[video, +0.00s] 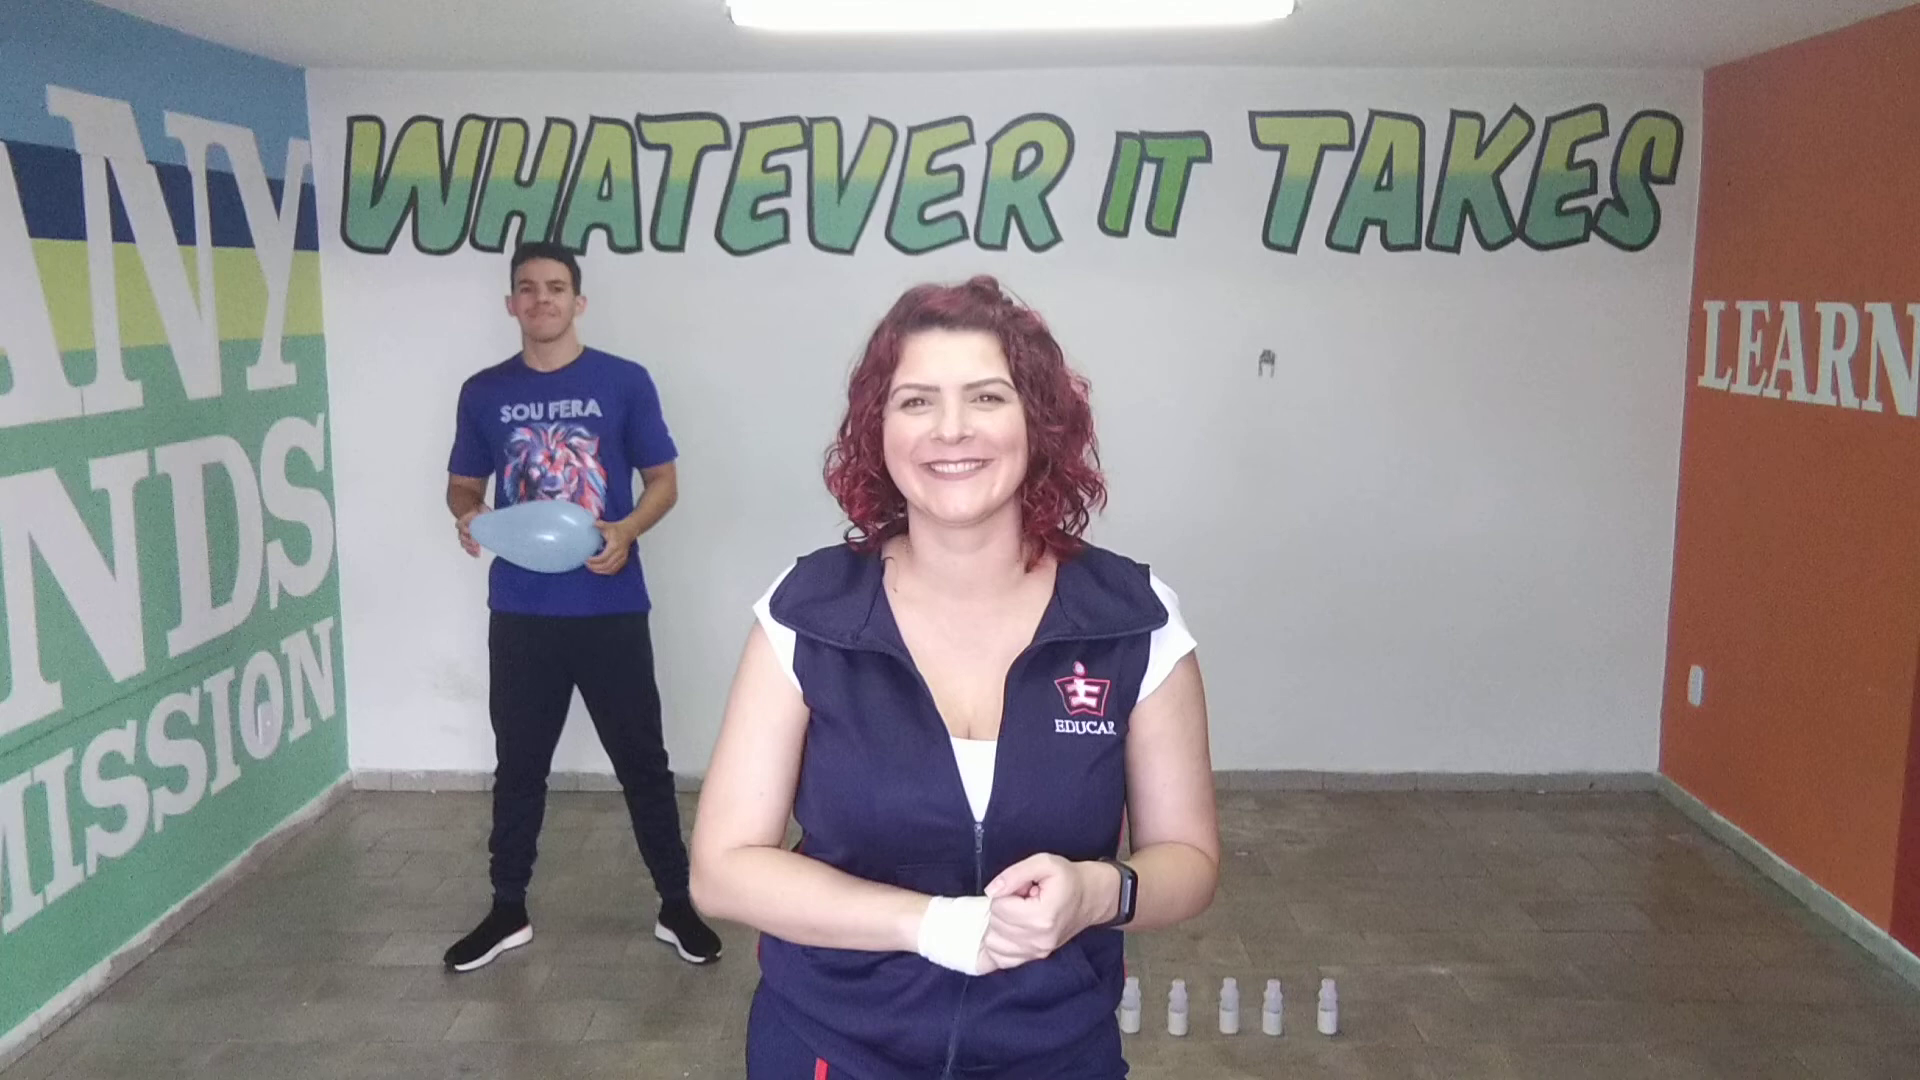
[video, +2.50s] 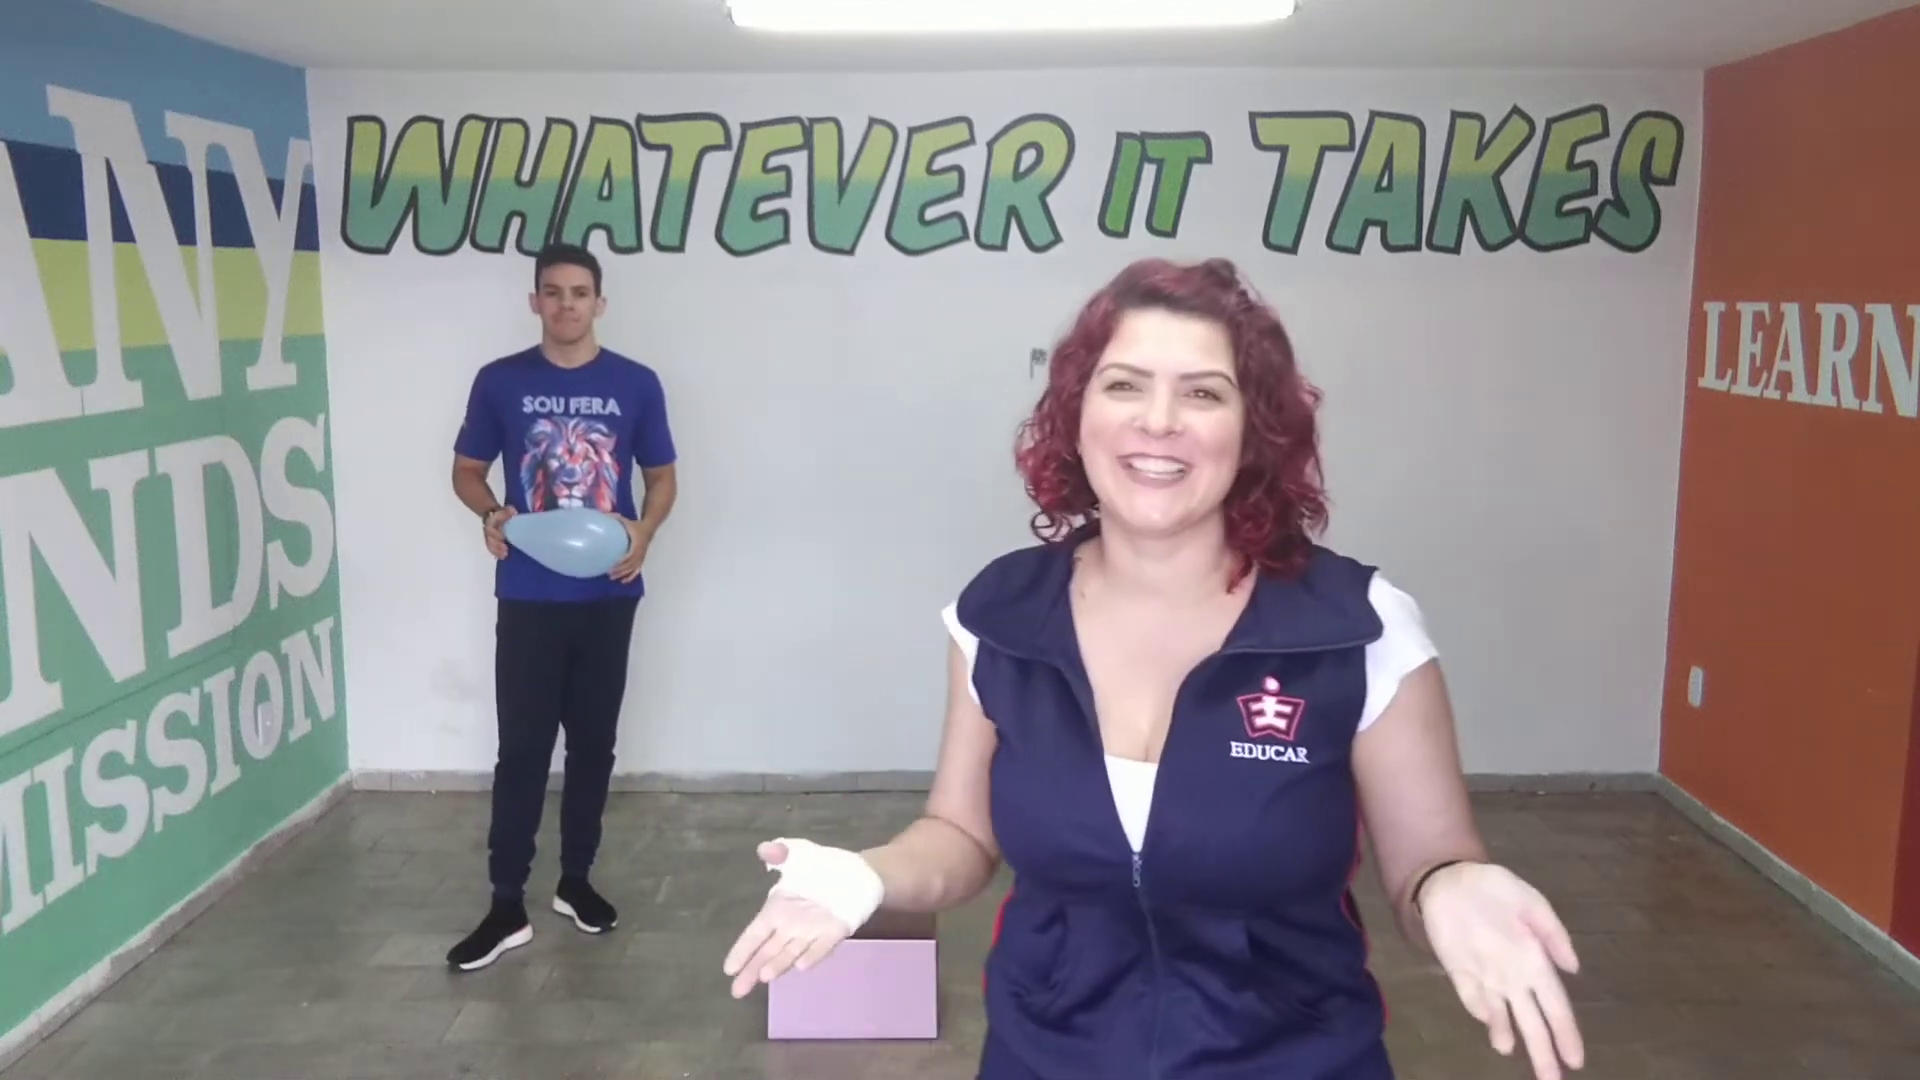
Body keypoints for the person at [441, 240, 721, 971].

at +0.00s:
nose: (541, 299)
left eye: (555, 288)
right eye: (528, 289)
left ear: (579, 301)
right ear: (511, 304)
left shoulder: (625, 382)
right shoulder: (484, 393)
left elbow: (664, 483)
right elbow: (464, 484)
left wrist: (630, 527)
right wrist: (470, 514)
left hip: (611, 613)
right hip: (523, 616)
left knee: (645, 766)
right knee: (518, 769)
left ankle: (678, 903)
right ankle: (508, 910)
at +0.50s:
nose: (477, 304)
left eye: (490, 292)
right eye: (464, 293)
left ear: (517, 303)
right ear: (450, 307)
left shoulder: (565, 382)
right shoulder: (426, 395)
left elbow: (608, 482)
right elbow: (409, 490)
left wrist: (564, 521)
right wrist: (402, 520)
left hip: (559, 612)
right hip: (473, 618)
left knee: (612, 762)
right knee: (492, 770)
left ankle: (657, 906)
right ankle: (506, 912)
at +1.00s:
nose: (469, 302)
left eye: (482, 290)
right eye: (456, 292)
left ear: (507, 301)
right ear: (439, 305)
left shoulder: (556, 380)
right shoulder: (418, 395)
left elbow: (602, 479)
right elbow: (398, 488)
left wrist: (556, 531)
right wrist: (405, 525)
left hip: (548, 610)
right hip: (466, 614)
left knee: (571, 755)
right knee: (488, 766)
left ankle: (581, 867)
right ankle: (507, 909)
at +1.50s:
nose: (520, 299)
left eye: (534, 287)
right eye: (508, 287)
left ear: (557, 299)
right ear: (493, 298)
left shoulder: (598, 383)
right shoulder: (459, 384)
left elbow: (632, 482)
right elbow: (428, 477)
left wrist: (601, 533)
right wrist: (448, 517)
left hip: (575, 605)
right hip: (493, 607)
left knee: (579, 753)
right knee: (504, 757)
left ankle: (576, 882)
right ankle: (506, 909)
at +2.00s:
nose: (550, 300)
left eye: (564, 289)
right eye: (538, 288)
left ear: (585, 300)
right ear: (521, 298)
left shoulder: (623, 384)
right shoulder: (486, 383)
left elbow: (653, 480)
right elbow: (452, 476)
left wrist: (629, 533)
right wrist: (477, 514)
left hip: (595, 601)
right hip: (516, 600)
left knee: (585, 749)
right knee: (514, 754)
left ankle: (575, 882)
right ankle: (507, 908)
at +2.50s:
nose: (564, 305)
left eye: (578, 293)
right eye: (553, 293)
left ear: (598, 302)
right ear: (536, 300)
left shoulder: (636, 385)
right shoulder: (500, 382)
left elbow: (663, 480)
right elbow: (466, 475)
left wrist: (643, 530)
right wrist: (492, 512)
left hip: (607, 598)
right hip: (529, 598)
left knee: (592, 745)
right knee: (522, 748)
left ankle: (575, 882)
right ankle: (508, 906)